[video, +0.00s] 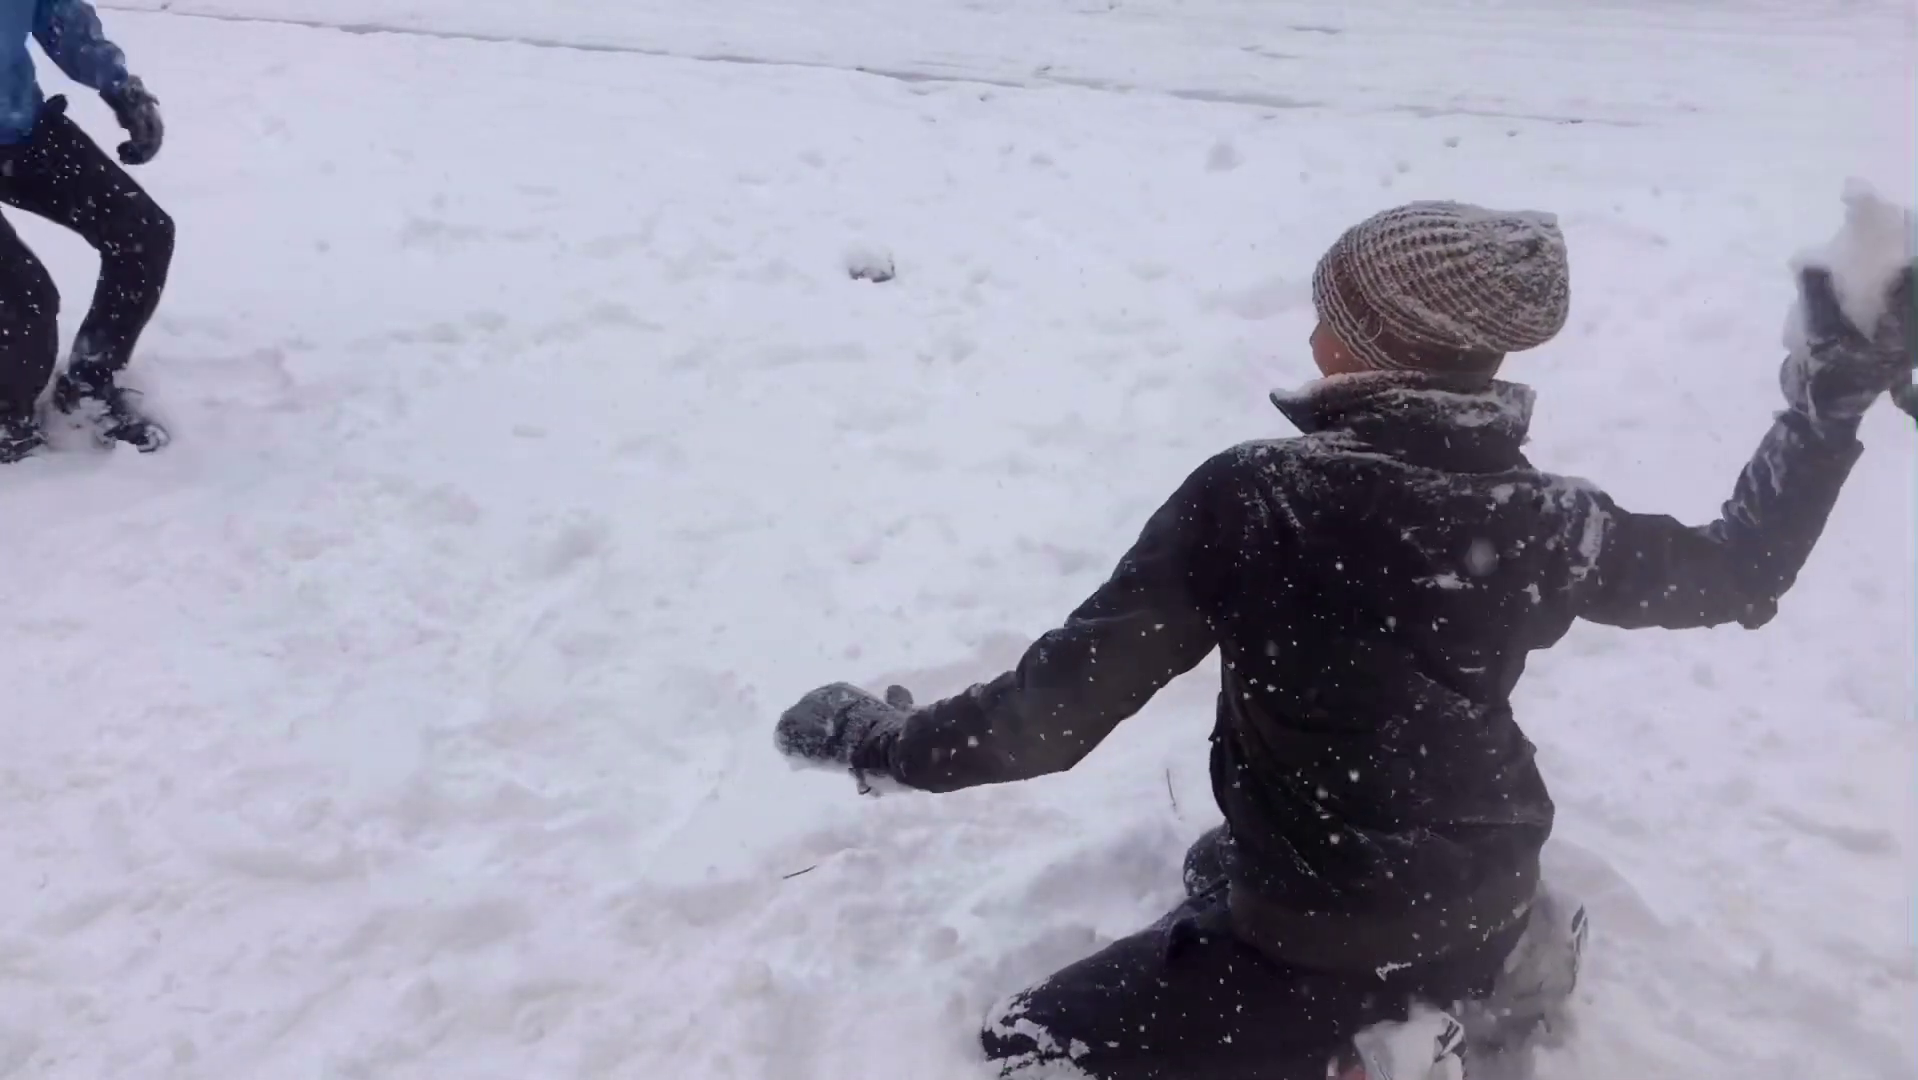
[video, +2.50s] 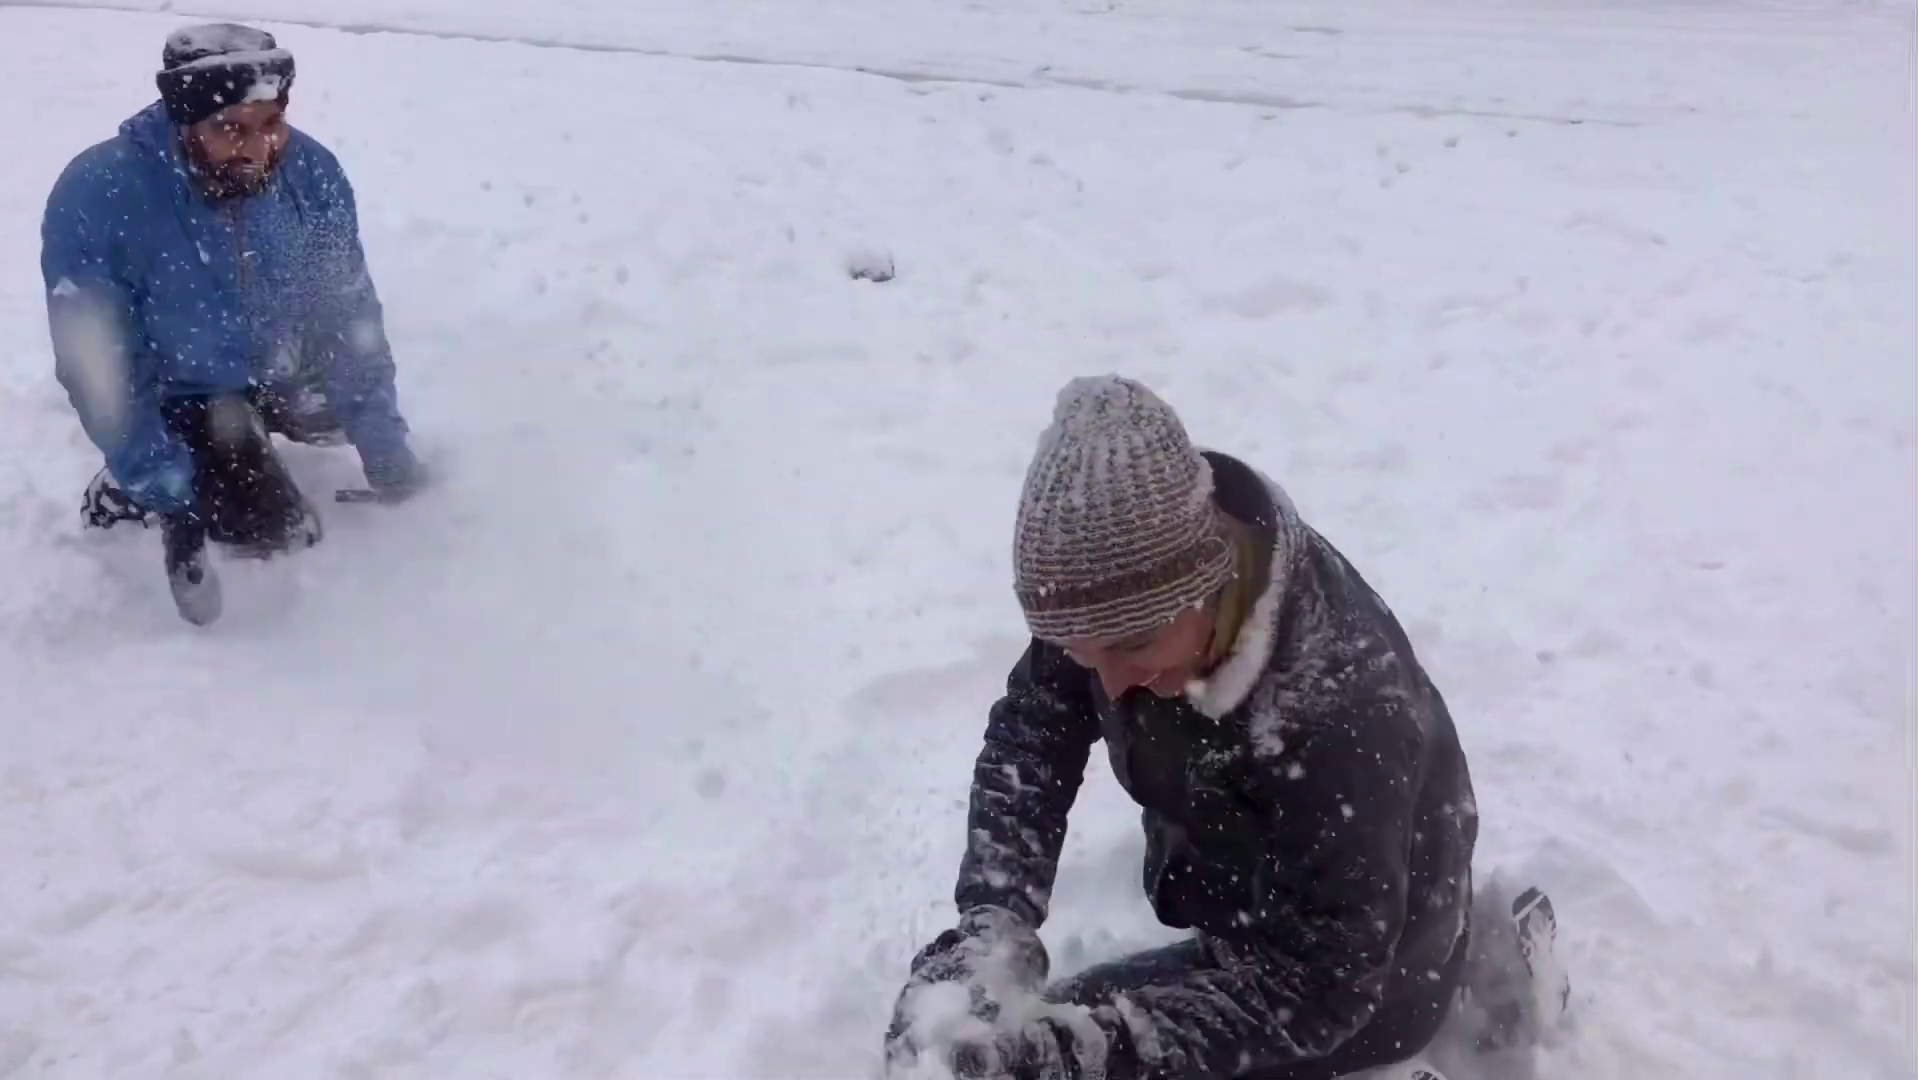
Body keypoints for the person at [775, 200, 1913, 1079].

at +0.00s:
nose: (1312, 343)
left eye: (1330, 326)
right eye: (1325, 316)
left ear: (1377, 355)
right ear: (1467, 365)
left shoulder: (1252, 502)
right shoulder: (1534, 520)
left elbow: (1048, 715)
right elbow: (1743, 571)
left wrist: (884, 737)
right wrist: (1838, 380)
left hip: (1301, 945)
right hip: (1486, 913)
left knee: (1023, 1043)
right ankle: (1505, 974)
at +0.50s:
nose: (1023, 371)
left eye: (1032, 349)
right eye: (1024, 347)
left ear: (1082, 364)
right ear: (1133, 352)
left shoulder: (1207, 503)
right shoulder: (1119, 454)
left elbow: (1340, 768)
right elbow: (944, 556)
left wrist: (1300, 1024)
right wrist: (764, 647)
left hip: (1308, 897)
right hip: (1281, 846)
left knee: (1037, 1047)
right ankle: (1449, 955)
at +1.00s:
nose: (913, 482)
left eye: (924, 461)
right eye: (912, 459)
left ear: (984, 463)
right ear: (1034, 447)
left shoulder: (1072, 568)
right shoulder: (1071, 546)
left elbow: (1203, 787)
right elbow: (926, 730)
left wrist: (1251, 1023)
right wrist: (756, 812)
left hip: (1327, 915)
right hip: (1407, 856)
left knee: (1037, 1043)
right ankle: (1464, 953)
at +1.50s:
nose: (866, 520)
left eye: (875, 497)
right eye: (863, 494)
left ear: (928, 502)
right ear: (989, 472)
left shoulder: (977, 635)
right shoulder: (1071, 536)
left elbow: (885, 865)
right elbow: (1226, 672)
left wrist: (721, 1014)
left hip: (1309, 917)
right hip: (1408, 838)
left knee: (1018, 1049)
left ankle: (1343, 1033)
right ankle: (1461, 941)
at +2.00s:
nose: (861, 592)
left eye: (866, 564)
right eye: (847, 569)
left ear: (941, 526)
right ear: (954, 493)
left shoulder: (1056, 659)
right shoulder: (1047, 478)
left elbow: (1034, 841)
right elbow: (1011, 724)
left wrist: (924, 923)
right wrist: (924, 843)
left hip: (1303, 906)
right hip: (1382, 785)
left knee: (1024, 1039)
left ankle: (1332, 1053)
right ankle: (1461, 925)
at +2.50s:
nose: (1112, 685)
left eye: (1137, 646)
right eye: (1086, 652)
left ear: (1205, 584)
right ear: (1057, 598)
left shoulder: (1345, 716)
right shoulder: (1118, 558)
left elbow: (1322, 990)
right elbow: (1036, 733)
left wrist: (1080, 1043)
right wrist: (994, 939)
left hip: (1352, 989)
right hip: (1229, 894)